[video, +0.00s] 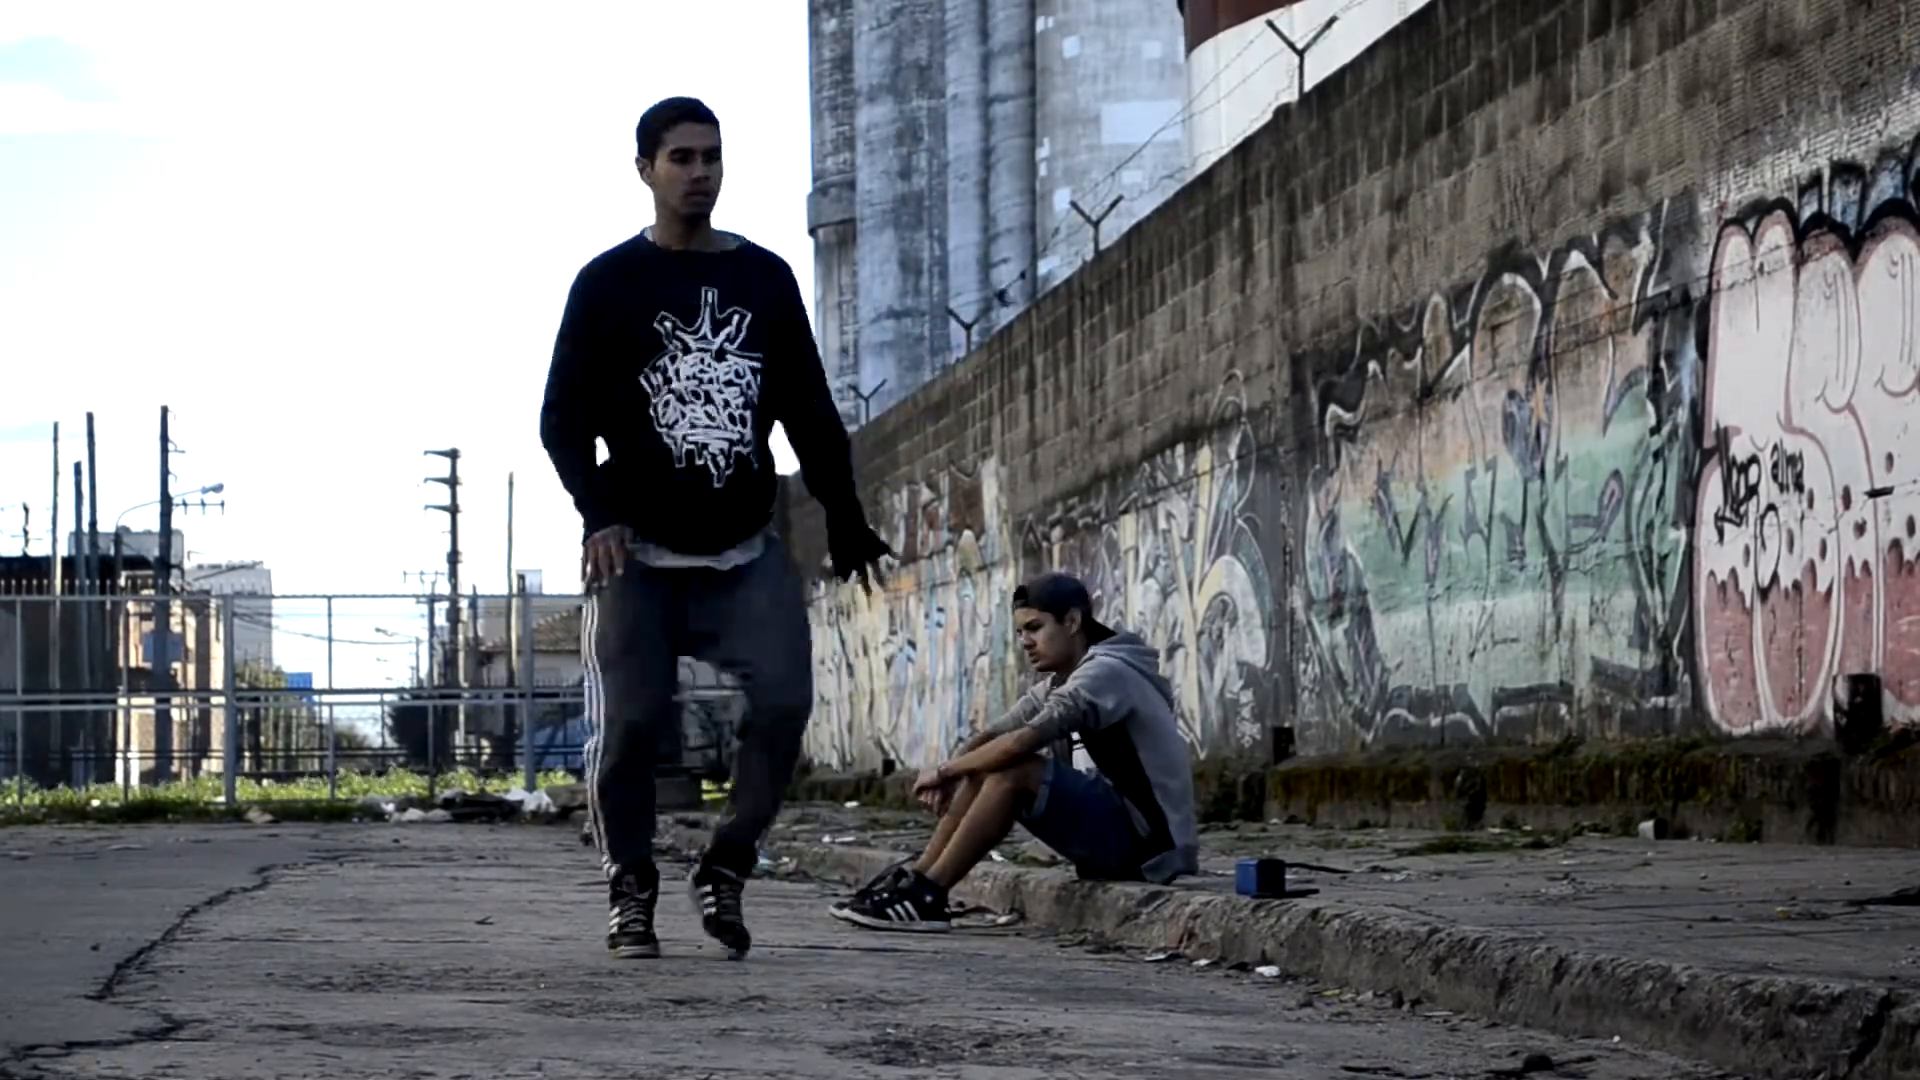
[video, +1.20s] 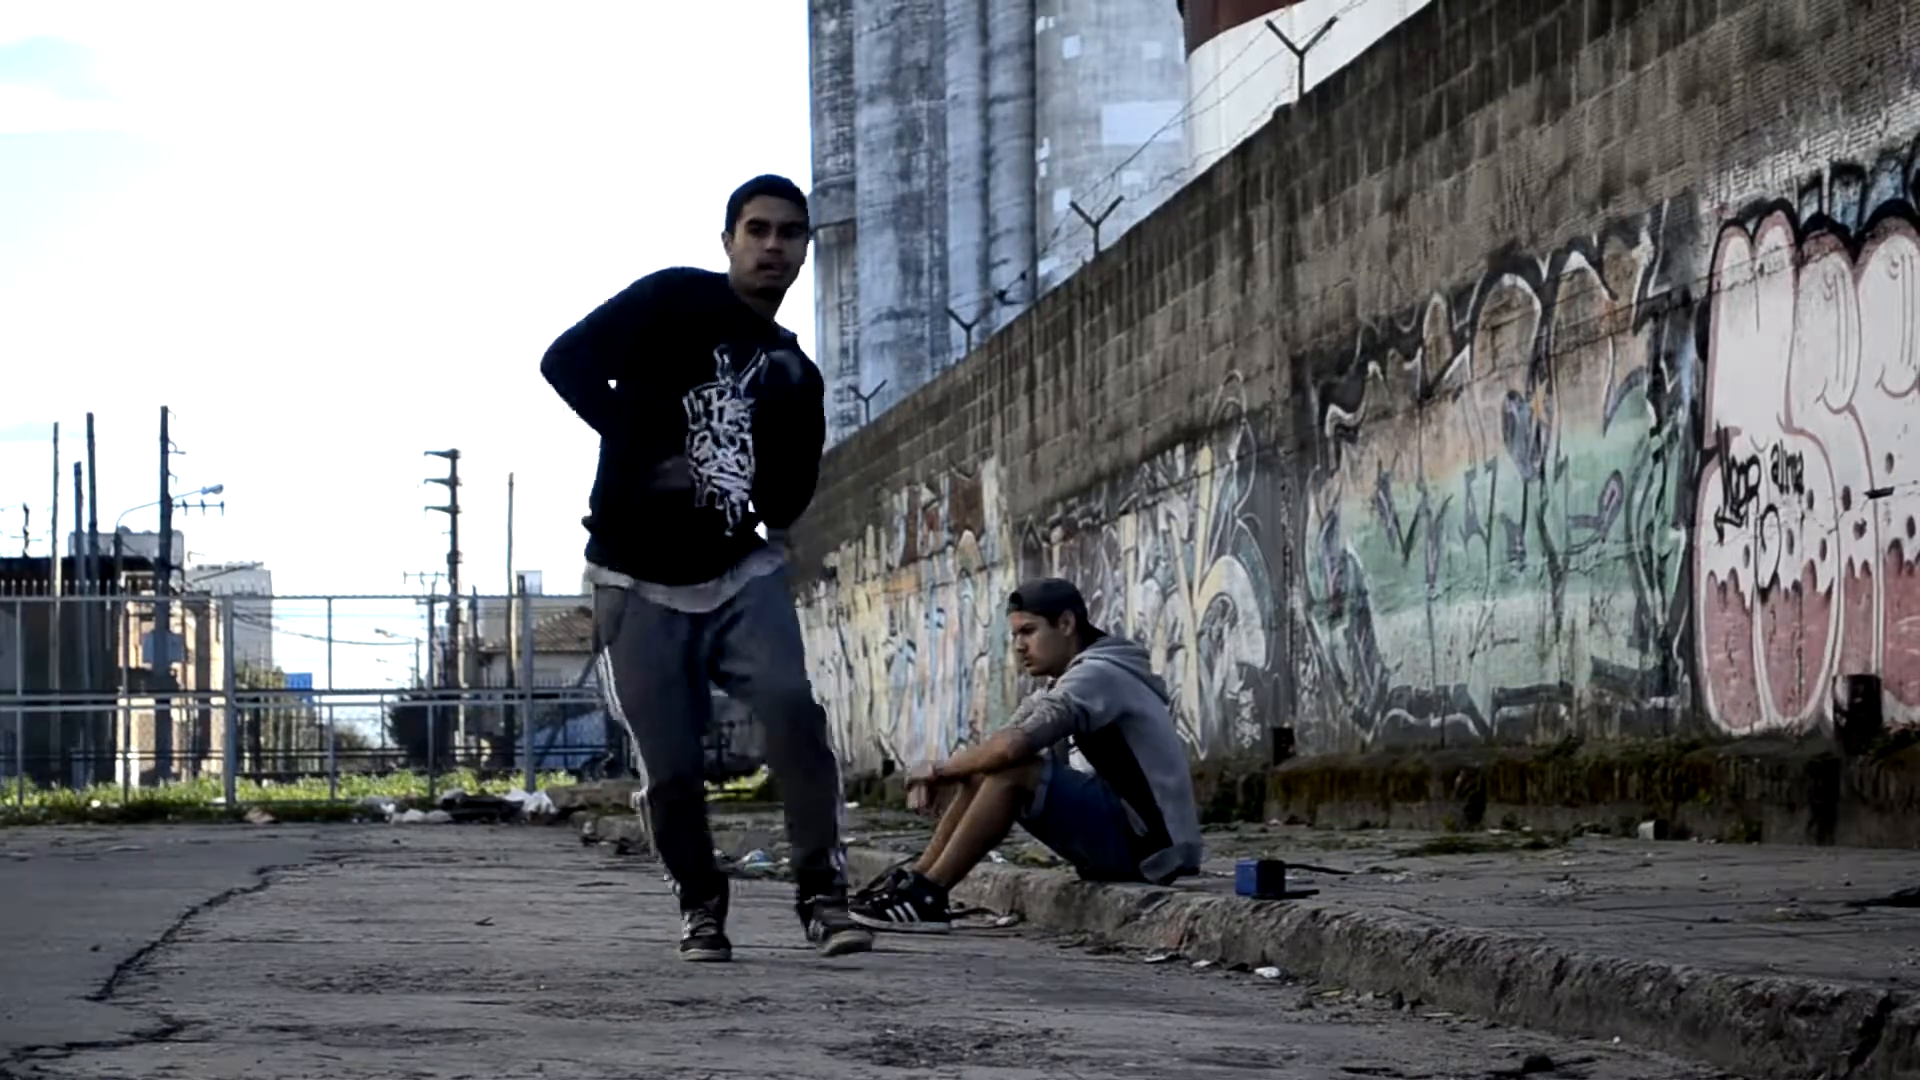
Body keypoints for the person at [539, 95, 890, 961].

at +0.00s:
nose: (700, 172)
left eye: (711, 157)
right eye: (682, 158)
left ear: (724, 170)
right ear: (647, 170)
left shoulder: (766, 278)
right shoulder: (606, 283)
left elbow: (809, 407)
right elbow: (562, 416)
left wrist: (845, 515)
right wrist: (595, 513)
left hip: (746, 546)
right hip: (638, 549)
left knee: (785, 700)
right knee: (632, 723)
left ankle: (727, 865)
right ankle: (631, 891)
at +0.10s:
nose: (690, 216)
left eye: (701, 201)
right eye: (673, 201)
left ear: (713, 206)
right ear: (637, 206)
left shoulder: (758, 308)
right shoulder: (596, 311)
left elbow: (823, 396)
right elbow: (553, 415)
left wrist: (865, 471)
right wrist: (594, 466)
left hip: (748, 566)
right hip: (639, 565)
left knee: (784, 736)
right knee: (642, 738)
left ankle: (762, 863)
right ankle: (637, 892)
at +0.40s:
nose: (694, 181)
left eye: (707, 167)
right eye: (677, 168)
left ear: (722, 177)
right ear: (647, 179)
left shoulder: (766, 274)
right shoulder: (606, 285)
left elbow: (813, 389)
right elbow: (534, 400)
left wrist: (767, 477)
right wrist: (549, 492)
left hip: (752, 526)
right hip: (647, 525)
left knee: (750, 706)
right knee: (662, 692)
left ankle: (699, 834)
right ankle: (686, 872)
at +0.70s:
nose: (699, 220)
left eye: (710, 208)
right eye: (681, 208)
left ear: (724, 225)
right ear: (648, 227)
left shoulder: (775, 320)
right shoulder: (618, 345)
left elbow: (813, 452)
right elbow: (578, 469)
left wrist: (832, 572)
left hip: (767, 571)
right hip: (668, 565)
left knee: (746, 757)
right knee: (693, 715)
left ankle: (695, 852)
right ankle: (704, 896)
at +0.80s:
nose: (728, 205)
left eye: (737, 193)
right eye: (709, 195)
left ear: (750, 213)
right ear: (673, 218)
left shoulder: (791, 324)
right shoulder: (631, 325)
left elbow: (802, 445)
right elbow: (612, 458)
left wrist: (802, 544)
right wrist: (702, 496)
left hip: (774, 563)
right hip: (672, 559)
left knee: (783, 730)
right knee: (686, 729)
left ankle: (735, 743)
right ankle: (702, 895)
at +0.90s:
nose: (763, 219)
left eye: (772, 207)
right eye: (745, 207)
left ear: (784, 223)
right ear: (709, 224)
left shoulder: (798, 338)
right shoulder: (667, 294)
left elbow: (811, 460)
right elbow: (613, 394)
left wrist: (837, 512)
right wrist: (725, 383)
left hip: (774, 539)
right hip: (673, 549)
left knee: (823, 654)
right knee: (700, 727)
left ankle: (820, 833)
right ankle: (705, 898)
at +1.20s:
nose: (776, 247)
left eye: (791, 234)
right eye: (759, 230)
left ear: (804, 248)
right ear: (729, 239)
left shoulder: (795, 368)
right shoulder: (674, 297)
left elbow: (785, 504)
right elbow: (565, 362)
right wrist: (638, 444)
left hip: (744, 571)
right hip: (640, 576)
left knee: (792, 709)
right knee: (670, 768)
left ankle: (823, 898)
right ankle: (701, 906)